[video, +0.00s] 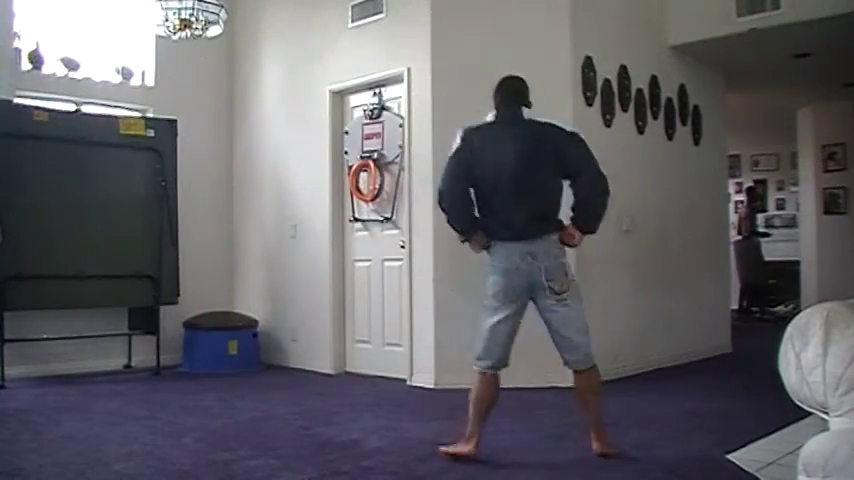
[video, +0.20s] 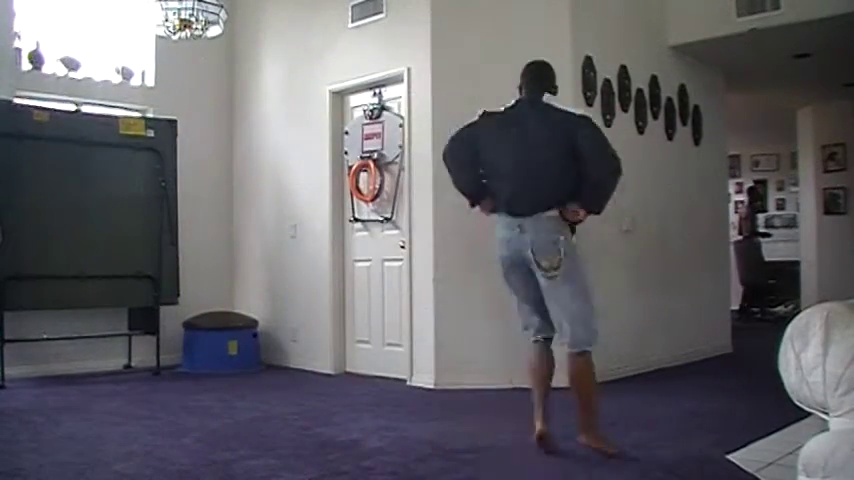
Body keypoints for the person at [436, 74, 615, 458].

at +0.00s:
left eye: (502, 101)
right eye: (520, 101)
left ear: (495, 105)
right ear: (527, 104)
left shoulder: (474, 140)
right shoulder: (556, 138)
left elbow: (450, 193)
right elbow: (594, 185)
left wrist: (473, 232)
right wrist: (579, 228)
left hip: (504, 256)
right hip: (549, 253)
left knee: (488, 358)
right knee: (580, 353)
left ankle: (470, 440)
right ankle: (598, 438)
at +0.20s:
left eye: (524, 86)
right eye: (545, 86)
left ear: (519, 88)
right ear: (553, 89)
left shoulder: (491, 123)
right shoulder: (573, 124)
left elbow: (454, 151)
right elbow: (607, 167)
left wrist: (479, 196)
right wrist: (584, 206)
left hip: (507, 236)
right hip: (551, 233)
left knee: (537, 332)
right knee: (578, 333)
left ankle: (539, 422)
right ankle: (589, 431)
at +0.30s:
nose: (541, 81)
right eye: (545, 76)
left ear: (515, 75)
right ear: (548, 77)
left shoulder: (484, 108)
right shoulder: (562, 105)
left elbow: (449, 150)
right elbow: (607, 151)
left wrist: (479, 189)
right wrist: (588, 193)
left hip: (503, 222)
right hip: (543, 219)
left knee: (542, 326)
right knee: (558, 329)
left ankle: (562, 415)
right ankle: (537, 424)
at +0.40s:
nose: (540, 98)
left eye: (531, 90)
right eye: (541, 91)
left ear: (510, 89)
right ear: (541, 89)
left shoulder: (487, 123)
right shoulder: (543, 113)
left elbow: (452, 176)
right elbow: (610, 157)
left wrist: (485, 210)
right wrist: (608, 170)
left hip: (510, 237)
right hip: (536, 236)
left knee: (563, 338)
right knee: (545, 346)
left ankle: (566, 429)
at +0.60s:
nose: (529, 105)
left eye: (525, 98)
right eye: (529, 98)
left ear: (492, 100)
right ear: (526, 98)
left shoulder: (474, 133)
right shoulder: (521, 127)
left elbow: (441, 187)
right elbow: (570, 150)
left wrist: (464, 230)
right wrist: (592, 137)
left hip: (473, 243)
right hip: (488, 243)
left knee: (519, 347)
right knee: (481, 361)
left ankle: (562, 426)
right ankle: (409, 440)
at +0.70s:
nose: (515, 106)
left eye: (513, 100)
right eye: (514, 99)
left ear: (480, 91)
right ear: (507, 96)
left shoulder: (465, 121)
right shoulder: (487, 122)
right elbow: (519, 182)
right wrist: (562, 220)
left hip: (447, 246)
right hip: (436, 244)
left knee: (476, 339)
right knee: (449, 360)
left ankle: (458, 433)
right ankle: (399, 449)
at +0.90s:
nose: (485, 131)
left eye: (487, 124)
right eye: (482, 123)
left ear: (470, 121)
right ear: (462, 118)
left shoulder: (452, 163)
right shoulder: (426, 150)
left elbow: (487, 178)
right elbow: (368, 160)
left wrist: (527, 169)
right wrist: (325, 156)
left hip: (382, 261)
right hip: (378, 260)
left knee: (332, 345)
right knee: (412, 369)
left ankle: (249, 363)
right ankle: (392, 463)